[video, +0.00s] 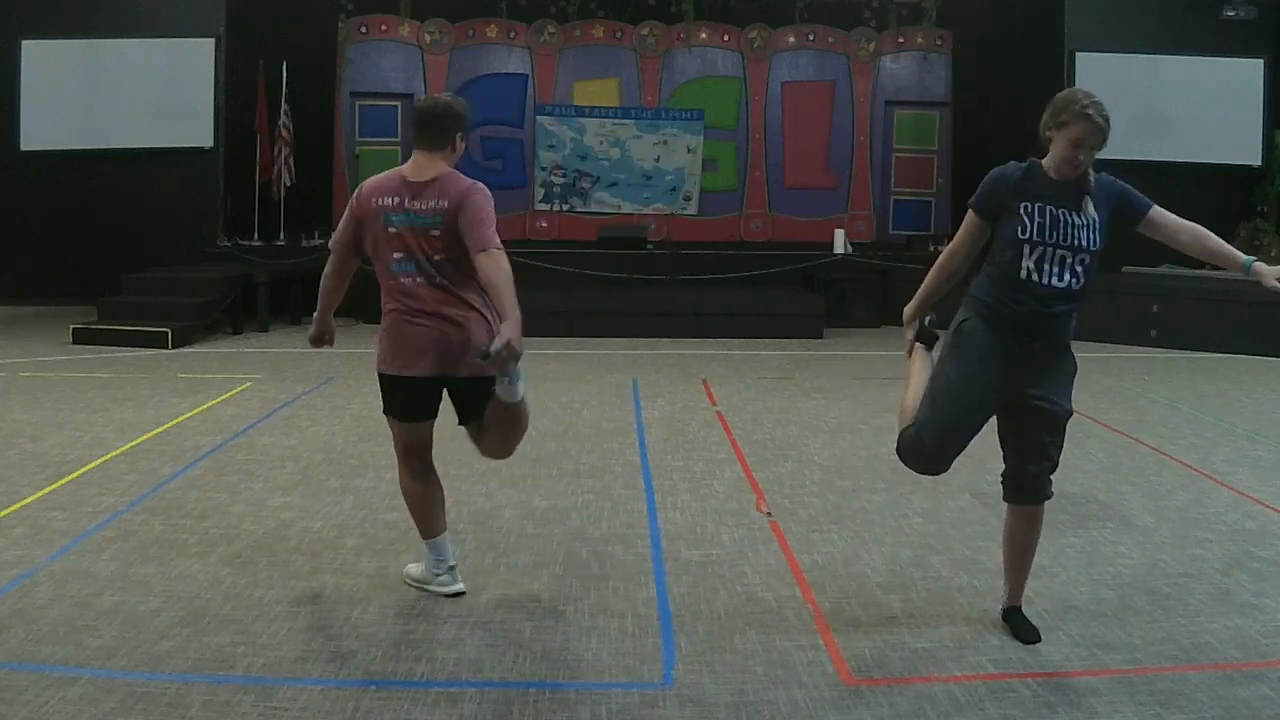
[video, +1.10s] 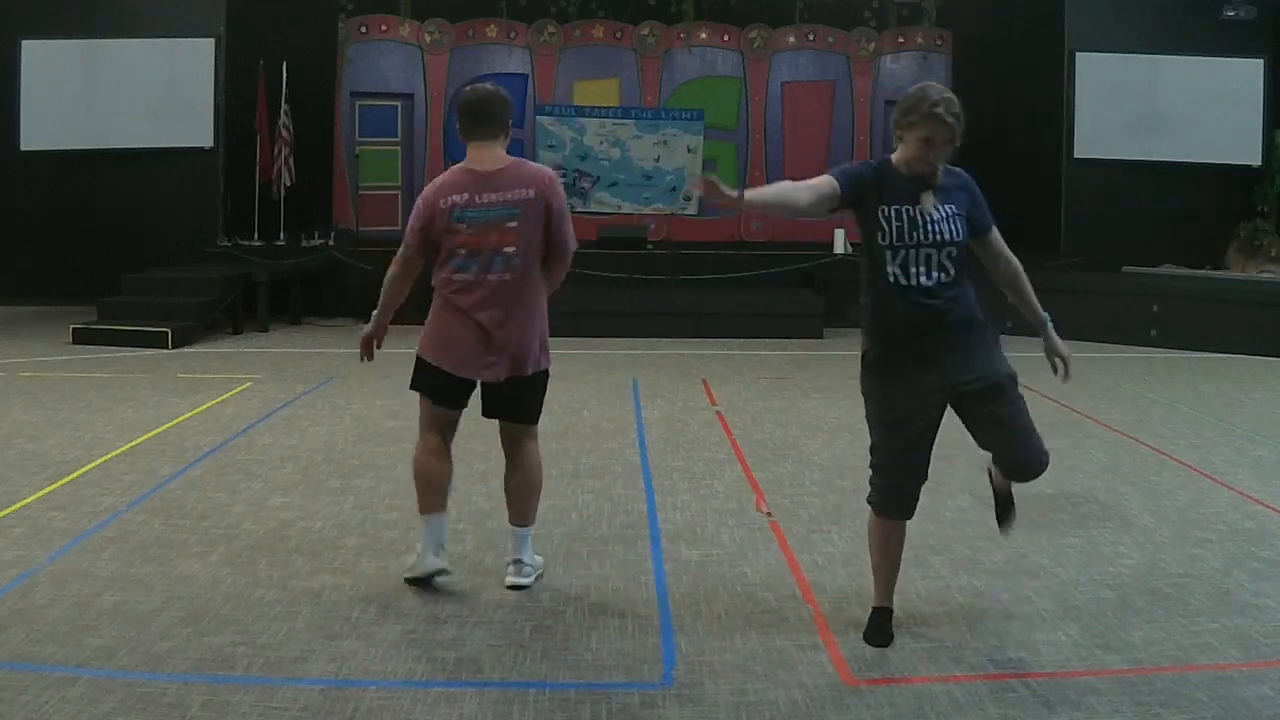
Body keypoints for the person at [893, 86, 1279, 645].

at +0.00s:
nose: (1083, 160)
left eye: (1092, 151)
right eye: (1074, 147)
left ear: (1100, 147)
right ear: (1047, 135)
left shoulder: (1109, 195)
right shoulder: (1007, 183)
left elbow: (1182, 232)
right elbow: (957, 253)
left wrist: (1254, 267)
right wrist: (915, 310)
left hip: (1048, 357)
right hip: (985, 343)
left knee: (1030, 484)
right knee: (922, 456)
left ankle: (1012, 605)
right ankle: (921, 345)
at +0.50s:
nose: (1069, 178)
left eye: (1081, 171)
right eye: (1063, 164)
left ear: (1093, 166)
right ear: (1042, 143)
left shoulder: (1097, 207)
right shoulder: (993, 181)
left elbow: (1162, 253)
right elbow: (946, 255)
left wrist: (1230, 299)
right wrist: (907, 316)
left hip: (1028, 354)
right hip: (959, 342)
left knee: (1019, 482)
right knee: (920, 467)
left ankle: (1011, 604)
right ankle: (911, 377)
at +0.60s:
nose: (1053, 179)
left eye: (1065, 172)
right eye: (1047, 167)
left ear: (1079, 162)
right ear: (1026, 146)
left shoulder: (1085, 203)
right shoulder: (982, 182)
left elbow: (1142, 257)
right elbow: (932, 253)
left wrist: (1201, 309)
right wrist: (878, 314)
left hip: (1023, 358)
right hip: (953, 346)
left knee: (1018, 484)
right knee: (923, 466)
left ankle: (1012, 606)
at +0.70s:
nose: (1032, 175)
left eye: (1044, 167)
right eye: (1025, 163)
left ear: (1059, 160)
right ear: (1003, 145)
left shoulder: (1068, 201)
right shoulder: (963, 185)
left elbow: (1119, 264)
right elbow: (902, 251)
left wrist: (1163, 322)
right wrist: (835, 305)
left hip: (1017, 361)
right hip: (945, 353)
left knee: (1015, 484)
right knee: (914, 473)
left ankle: (1012, 605)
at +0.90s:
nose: (978, 170)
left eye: (987, 161)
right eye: (971, 159)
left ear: (997, 156)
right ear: (945, 145)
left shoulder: (1008, 198)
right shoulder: (904, 192)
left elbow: (1054, 273)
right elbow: (832, 232)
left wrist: (1096, 344)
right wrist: (760, 267)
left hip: (991, 366)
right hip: (917, 366)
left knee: (1006, 487)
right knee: (906, 489)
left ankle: (1016, 602)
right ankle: (884, 605)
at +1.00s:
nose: (954, 165)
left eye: (962, 155)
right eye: (947, 153)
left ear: (970, 150)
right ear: (922, 139)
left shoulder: (979, 192)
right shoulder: (881, 186)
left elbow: (1023, 267)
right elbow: (811, 214)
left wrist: (1068, 340)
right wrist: (743, 237)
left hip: (982, 359)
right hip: (908, 364)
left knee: (1010, 476)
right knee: (902, 491)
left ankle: (1016, 576)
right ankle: (884, 605)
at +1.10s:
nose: (934, 157)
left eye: (943, 146)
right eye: (926, 144)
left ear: (953, 143)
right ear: (900, 135)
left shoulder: (961, 188)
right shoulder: (869, 180)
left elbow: (1002, 259)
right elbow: (811, 193)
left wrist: (1046, 329)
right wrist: (743, 198)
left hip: (970, 352)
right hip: (897, 362)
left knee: (1030, 462)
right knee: (892, 491)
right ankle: (882, 607)